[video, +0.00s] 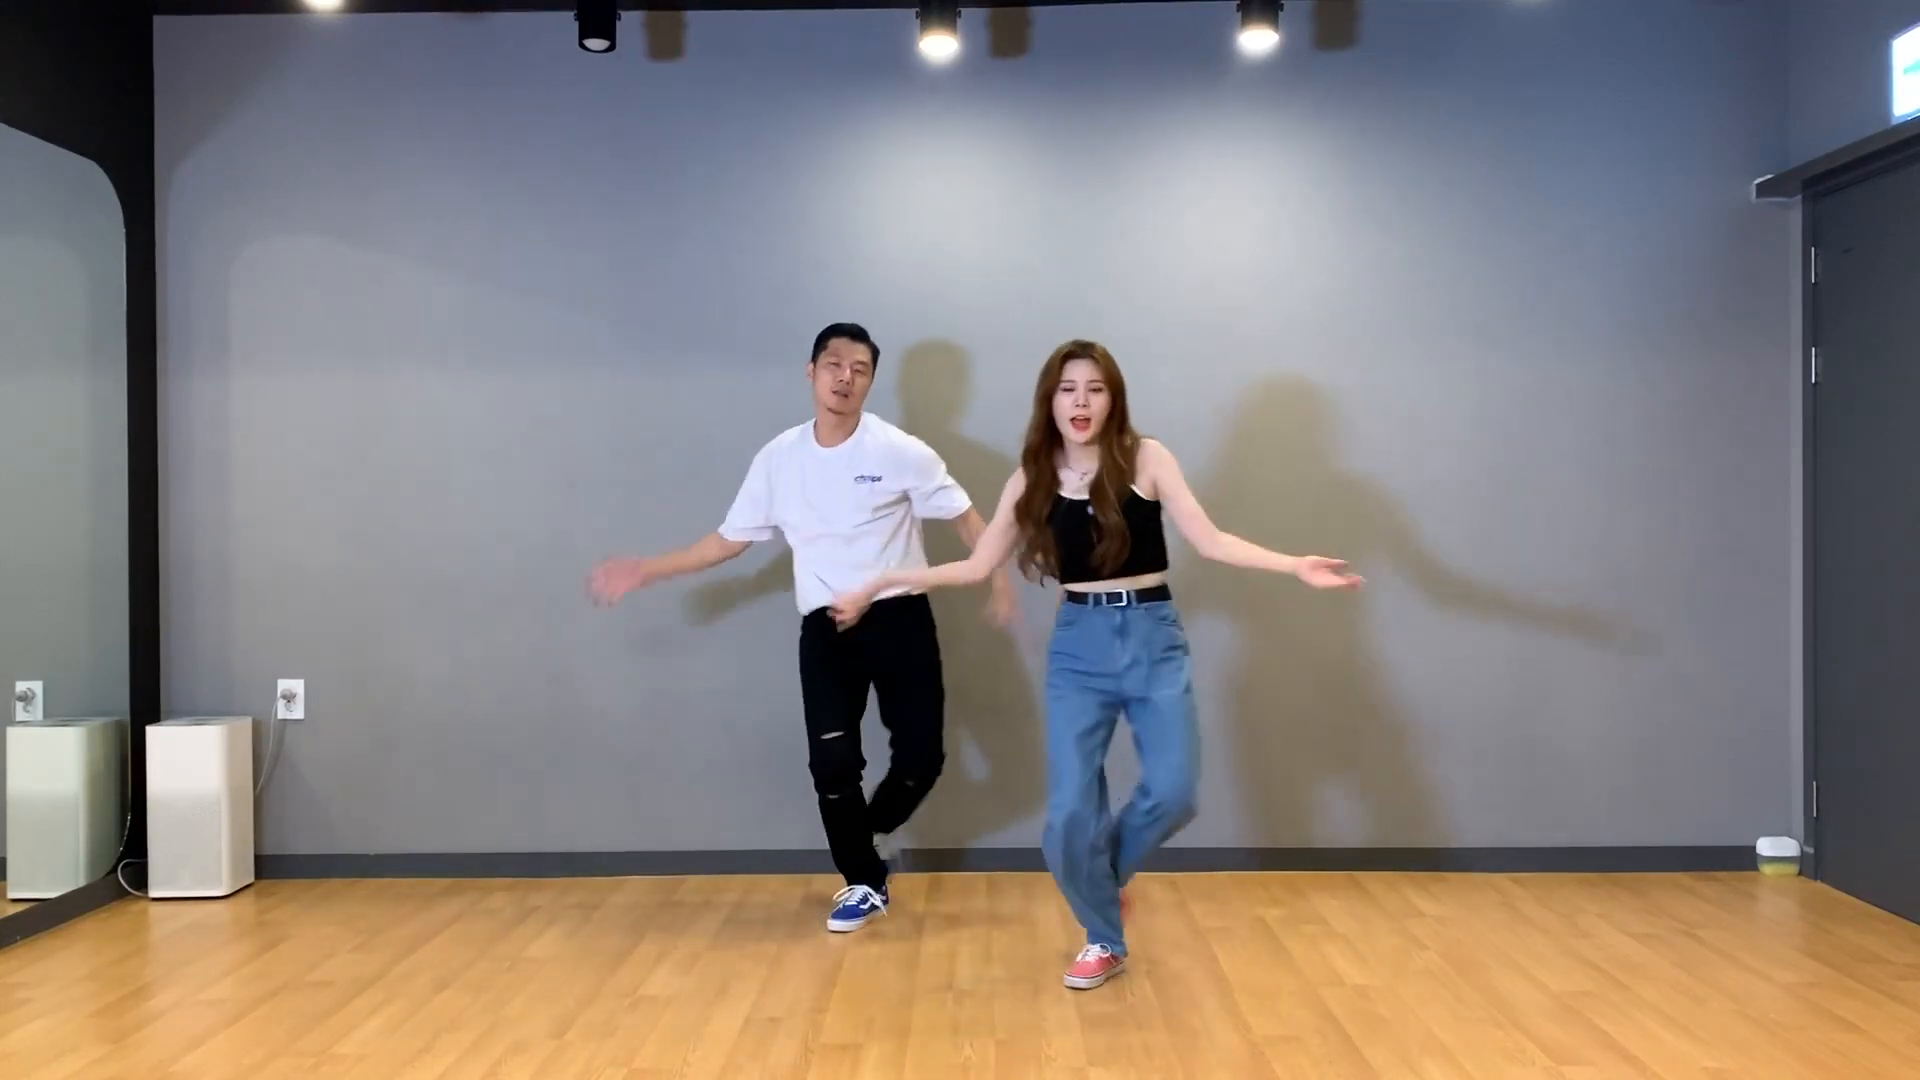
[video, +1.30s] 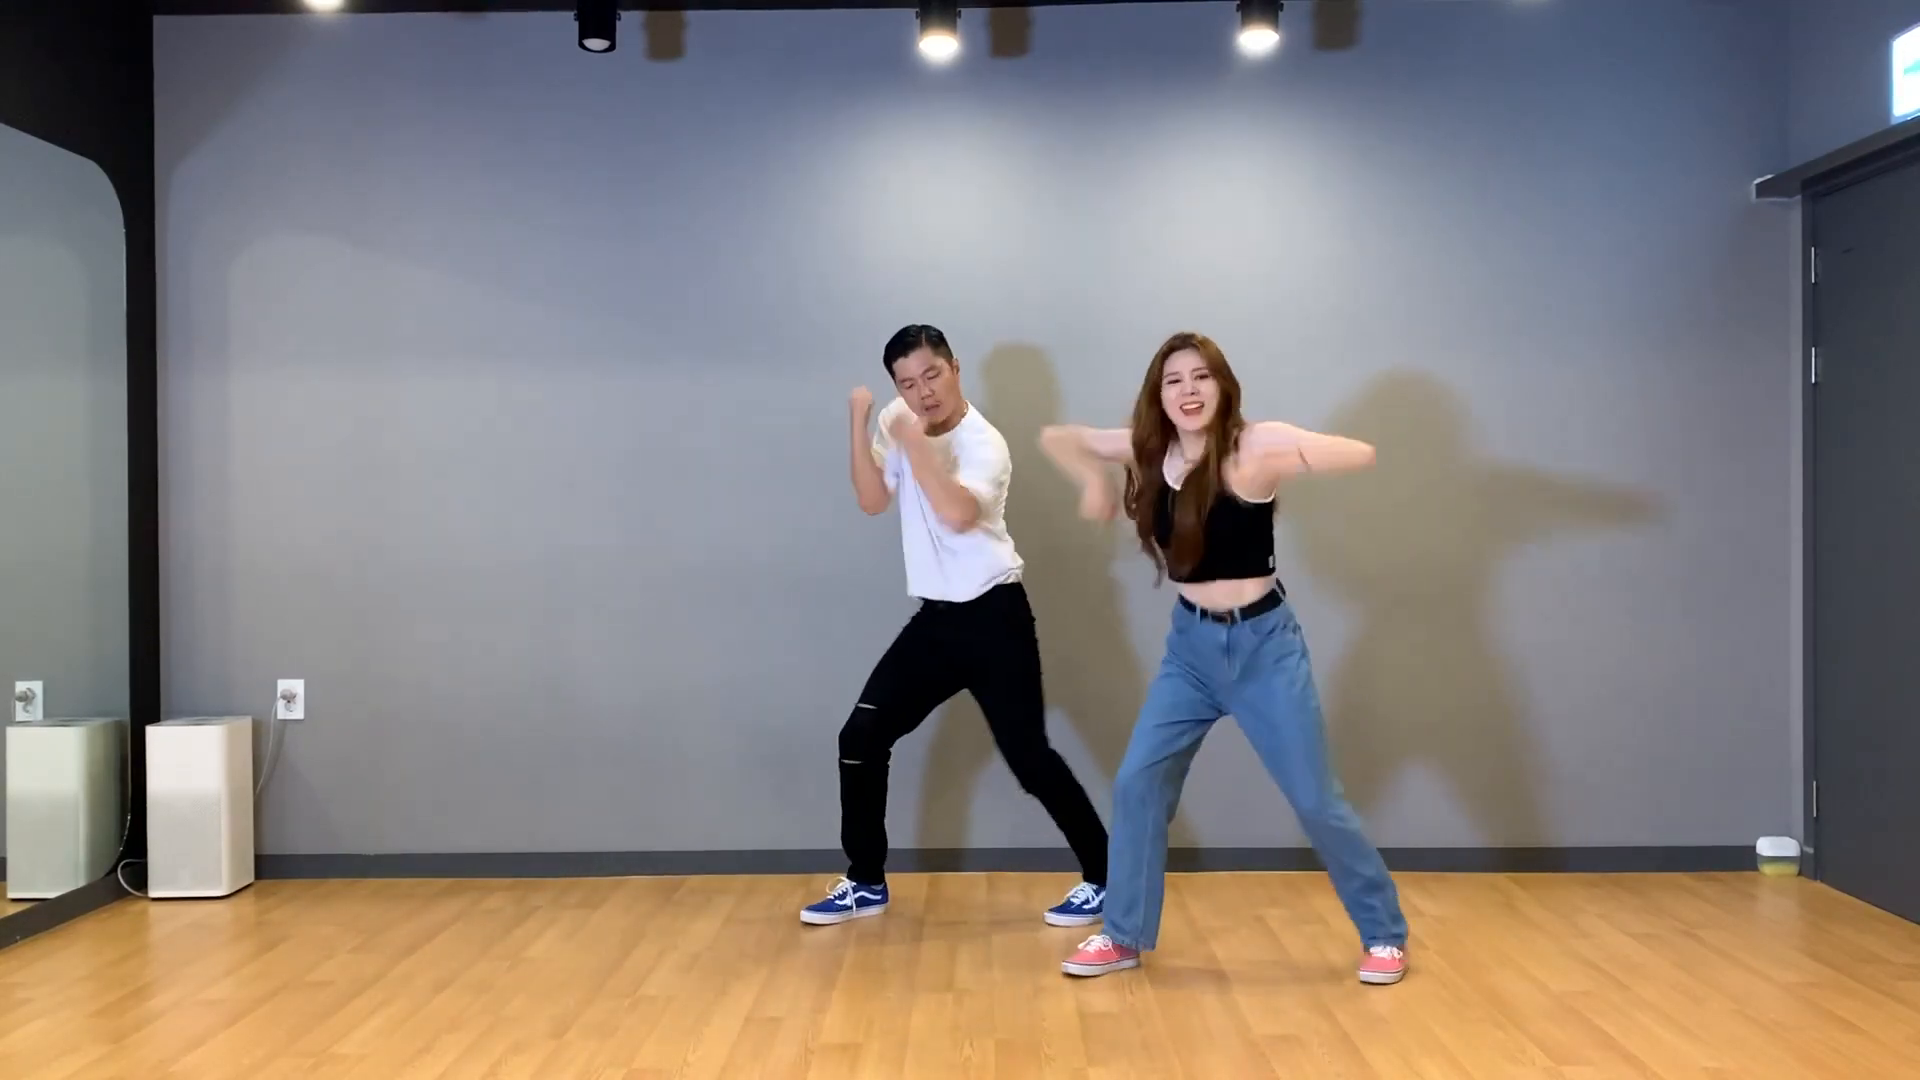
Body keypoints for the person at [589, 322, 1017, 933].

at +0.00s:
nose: (844, 377)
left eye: (859, 369)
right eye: (833, 364)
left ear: (871, 383)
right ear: (811, 373)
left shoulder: (902, 454)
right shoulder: (778, 459)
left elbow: (967, 519)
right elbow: (727, 541)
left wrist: (999, 579)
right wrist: (644, 570)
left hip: (903, 621)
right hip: (827, 627)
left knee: (921, 760)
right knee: (833, 762)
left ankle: (866, 831)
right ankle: (863, 884)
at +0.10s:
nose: (860, 357)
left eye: (874, 348)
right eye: (849, 345)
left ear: (889, 361)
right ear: (829, 356)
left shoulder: (917, 430)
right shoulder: (798, 428)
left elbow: (972, 497)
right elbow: (749, 510)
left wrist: (903, 502)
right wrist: (744, 484)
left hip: (918, 603)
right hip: (844, 609)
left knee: (947, 733)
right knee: (840, 753)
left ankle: (972, 838)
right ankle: (864, 883)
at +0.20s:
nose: (880, 332)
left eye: (892, 322)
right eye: (868, 322)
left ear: (911, 335)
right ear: (851, 335)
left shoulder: (930, 400)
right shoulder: (828, 391)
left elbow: (992, 453)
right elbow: (791, 458)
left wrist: (916, 452)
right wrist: (808, 446)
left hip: (932, 589)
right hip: (858, 593)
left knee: (977, 731)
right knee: (850, 740)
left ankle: (1021, 869)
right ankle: (868, 880)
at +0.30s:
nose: (893, 329)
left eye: (904, 317)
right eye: (880, 320)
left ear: (926, 327)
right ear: (867, 333)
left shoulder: (949, 391)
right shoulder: (864, 388)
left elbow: (1014, 449)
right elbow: (865, 440)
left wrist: (927, 452)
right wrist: (840, 448)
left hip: (940, 588)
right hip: (870, 591)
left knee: (983, 731)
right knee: (860, 736)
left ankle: (1024, 869)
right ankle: (868, 879)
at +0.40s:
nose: (905, 341)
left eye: (915, 328)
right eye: (891, 334)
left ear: (937, 334)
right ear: (879, 350)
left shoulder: (967, 389)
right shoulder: (893, 412)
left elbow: (1021, 464)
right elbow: (891, 478)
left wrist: (936, 499)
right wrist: (869, 496)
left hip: (939, 597)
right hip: (875, 596)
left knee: (977, 742)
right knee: (857, 737)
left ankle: (1032, 869)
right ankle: (866, 880)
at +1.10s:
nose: (926, 394)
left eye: (934, 378)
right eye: (914, 388)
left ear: (959, 369)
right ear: (907, 396)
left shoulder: (995, 435)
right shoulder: (925, 440)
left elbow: (937, 515)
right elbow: (893, 510)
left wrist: (904, 437)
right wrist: (866, 434)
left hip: (980, 620)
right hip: (921, 619)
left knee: (989, 773)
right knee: (851, 739)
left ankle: (1084, 871)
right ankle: (864, 884)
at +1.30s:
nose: (924, 390)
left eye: (933, 374)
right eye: (910, 382)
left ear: (957, 370)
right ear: (899, 390)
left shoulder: (984, 444)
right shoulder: (900, 423)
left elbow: (957, 512)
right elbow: (873, 500)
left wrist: (915, 437)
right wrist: (860, 429)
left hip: (996, 617)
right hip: (936, 619)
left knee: (1030, 760)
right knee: (861, 739)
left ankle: (1105, 878)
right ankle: (866, 883)